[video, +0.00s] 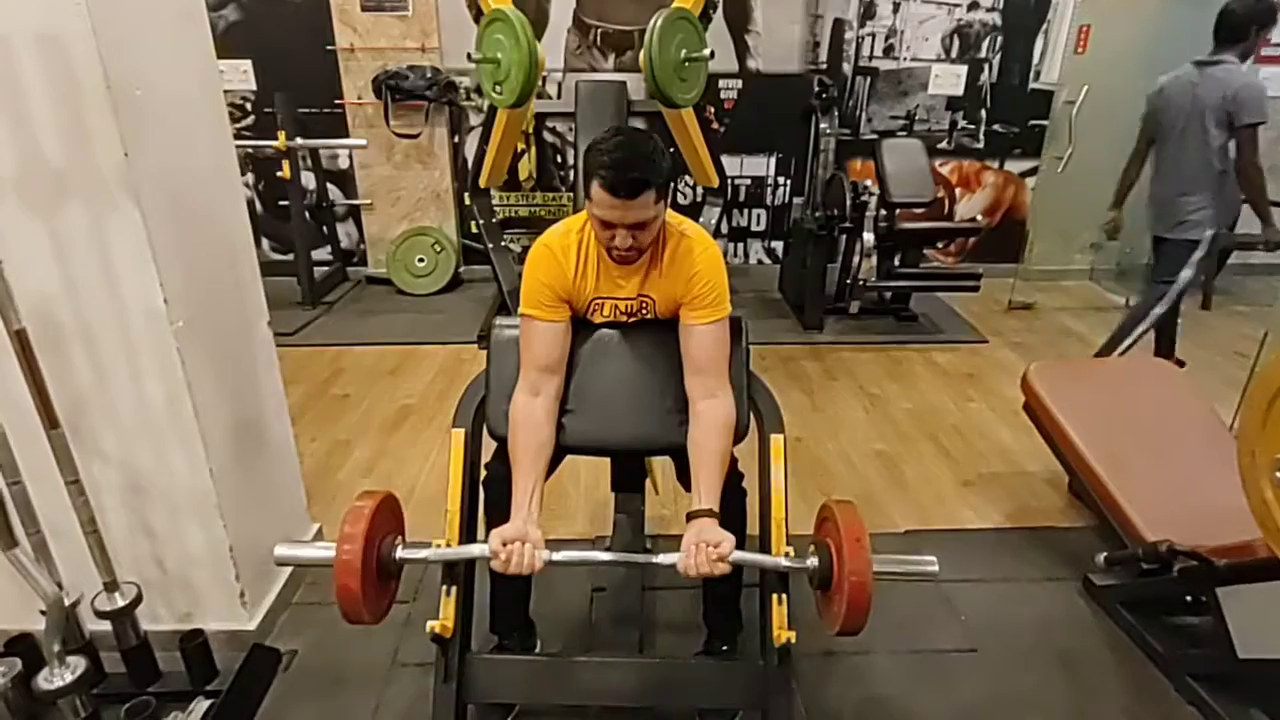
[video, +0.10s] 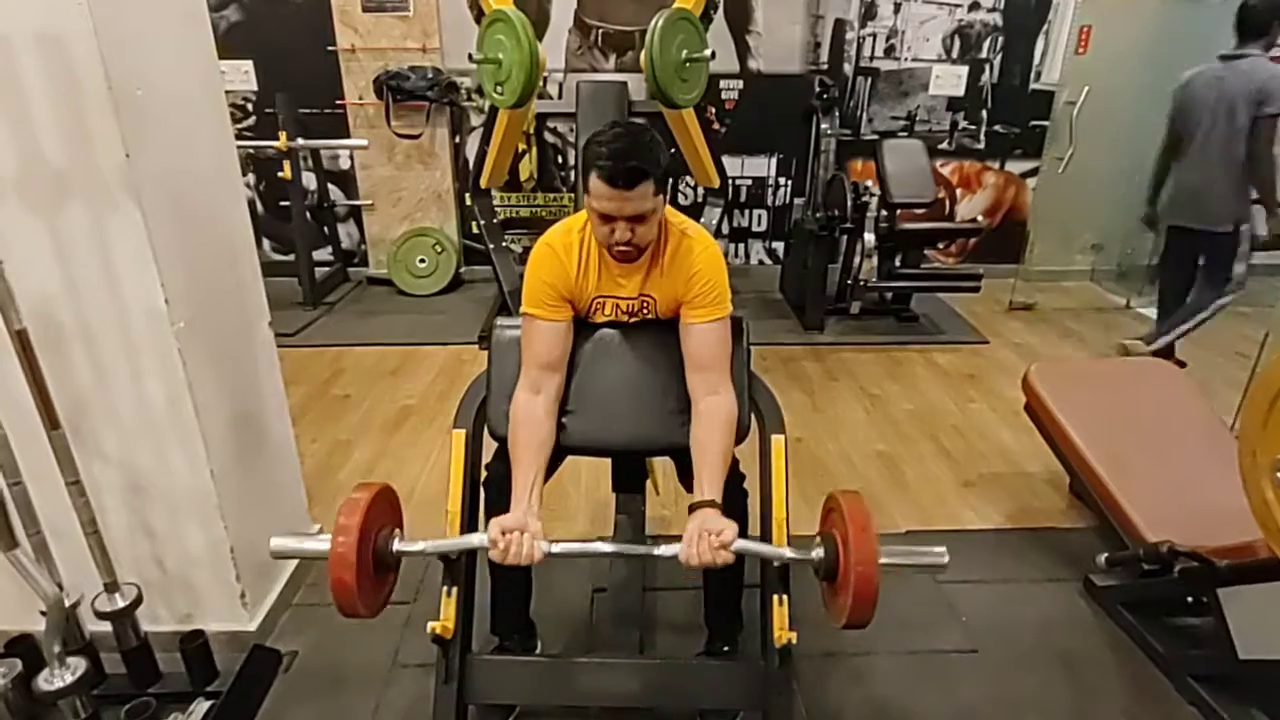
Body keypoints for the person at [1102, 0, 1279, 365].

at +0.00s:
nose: (1264, 44)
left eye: (1266, 37)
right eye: (1265, 37)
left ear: (1217, 34)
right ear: (1254, 38)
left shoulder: (1169, 85)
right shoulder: (1243, 88)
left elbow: (1140, 152)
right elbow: (1247, 165)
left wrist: (1116, 209)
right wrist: (1268, 222)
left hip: (1162, 212)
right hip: (1204, 216)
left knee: (1167, 295)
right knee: (1156, 301)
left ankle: (1164, 362)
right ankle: (1101, 362)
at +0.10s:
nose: (1278, 38)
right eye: (1277, 31)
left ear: (1238, 31)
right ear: (1273, 34)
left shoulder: (1193, 79)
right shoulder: (1267, 77)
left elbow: (1169, 146)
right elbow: (1261, 153)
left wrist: (1151, 201)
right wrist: (1272, 214)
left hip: (1180, 204)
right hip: (1224, 209)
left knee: (1172, 285)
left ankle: (1165, 358)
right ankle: (1154, 342)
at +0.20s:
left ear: (1242, 32)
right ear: (1276, 36)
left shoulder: (1199, 77)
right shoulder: (1271, 76)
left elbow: (1175, 148)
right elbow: (1263, 153)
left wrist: (1162, 200)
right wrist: (1272, 209)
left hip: (1184, 202)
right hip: (1230, 207)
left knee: (1173, 282)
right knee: (1223, 282)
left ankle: (1164, 349)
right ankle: (1168, 341)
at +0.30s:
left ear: (1260, 32)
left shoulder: (1219, 76)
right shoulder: (1275, 82)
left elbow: (1198, 141)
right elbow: (1271, 155)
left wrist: (1204, 180)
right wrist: (1273, 211)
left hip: (1201, 197)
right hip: (1250, 204)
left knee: (1182, 275)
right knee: (1247, 277)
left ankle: (1163, 351)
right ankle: (1216, 349)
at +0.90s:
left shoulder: (1273, 86)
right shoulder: (1270, 87)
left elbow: (1251, 144)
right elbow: (1251, 145)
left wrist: (1258, 180)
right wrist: (1259, 181)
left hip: (1258, 197)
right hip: (1276, 204)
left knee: (1237, 262)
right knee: (1269, 275)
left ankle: (1217, 330)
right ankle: (1239, 347)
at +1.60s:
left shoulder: (1276, 103)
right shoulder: (1275, 103)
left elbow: (1271, 140)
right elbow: (1272, 140)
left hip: (1272, 195)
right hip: (1272, 195)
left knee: (1262, 261)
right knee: (1262, 262)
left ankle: (1245, 322)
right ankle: (1245, 322)